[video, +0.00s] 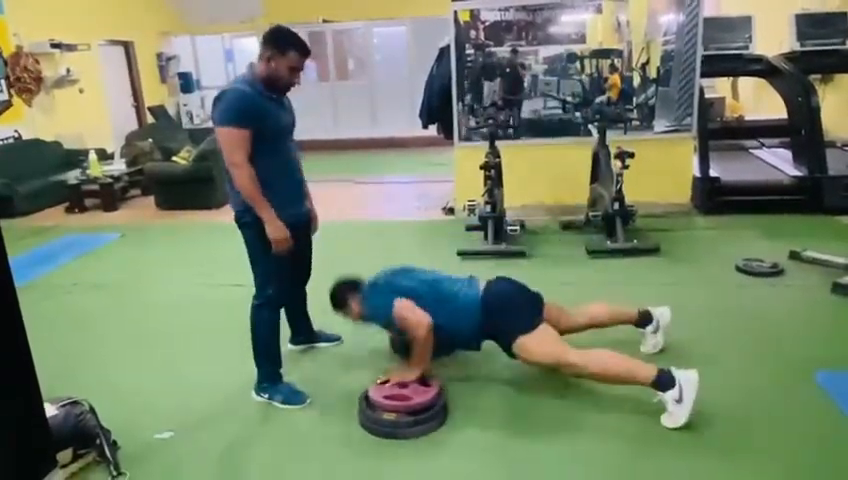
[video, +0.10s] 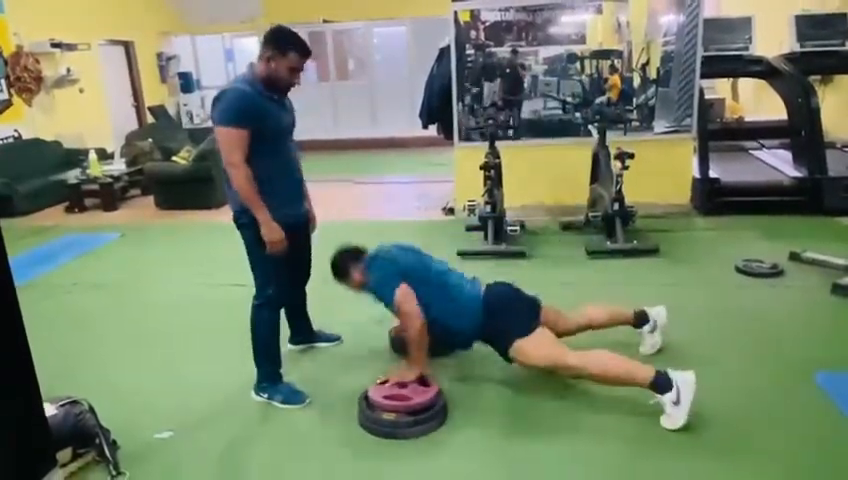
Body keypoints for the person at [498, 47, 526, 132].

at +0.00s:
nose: (513, 57)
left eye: (515, 55)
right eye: (512, 54)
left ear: (518, 55)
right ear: (510, 54)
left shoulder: (521, 66)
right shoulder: (505, 66)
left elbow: (524, 76)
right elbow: (501, 82)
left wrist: (517, 67)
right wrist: (500, 95)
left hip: (518, 95)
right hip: (507, 94)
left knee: (517, 116)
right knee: (506, 116)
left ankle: (516, 132)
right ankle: (504, 131)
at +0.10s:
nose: (513, 57)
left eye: (515, 55)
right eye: (512, 55)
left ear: (518, 56)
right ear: (510, 55)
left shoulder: (521, 66)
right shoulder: (505, 66)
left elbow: (524, 76)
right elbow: (501, 82)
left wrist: (517, 67)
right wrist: (500, 95)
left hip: (518, 94)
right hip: (507, 94)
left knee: (517, 115)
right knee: (506, 115)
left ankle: (516, 133)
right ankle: (504, 132)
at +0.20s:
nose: (513, 58)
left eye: (515, 56)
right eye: (512, 56)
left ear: (518, 56)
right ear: (510, 56)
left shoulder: (521, 66)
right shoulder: (506, 66)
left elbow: (524, 77)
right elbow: (501, 83)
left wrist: (517, 67)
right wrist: (500, 97)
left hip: (518, 96)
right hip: (507, 95)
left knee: (517, 116)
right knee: (506, 116)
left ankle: (517, 134)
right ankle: (504, 133)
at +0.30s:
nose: (513, 58)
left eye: (515, 56)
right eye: (512, 56)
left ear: (518, 57)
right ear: (510, 56)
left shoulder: (521, 67)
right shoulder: (505, 67)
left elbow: (524, 77)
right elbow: (500, 83)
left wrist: (517, 68)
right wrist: (500, 98)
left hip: (518, 97)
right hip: (507, 96)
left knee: (517, 117)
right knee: (506, 117)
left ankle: (516, 134)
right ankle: (504, 134)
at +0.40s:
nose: (513, 59)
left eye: (515, 57)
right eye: (512, 57)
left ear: (518, 58)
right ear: (510, 57)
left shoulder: (521, 67)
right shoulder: (505, 68)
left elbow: (524, 77)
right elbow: (501, 83)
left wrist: (517, 68)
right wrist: (500, 98)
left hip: (518, 97)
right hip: (506, 97)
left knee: (517, 118)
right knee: (506, 118)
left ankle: (517, 134)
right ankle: (504, 134)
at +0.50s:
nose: (513, 59)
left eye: (515, 57)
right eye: (512, 57)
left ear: (518, 58)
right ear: (510, 57)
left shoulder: (522, 68)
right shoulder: (505, 68)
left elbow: (524, 78)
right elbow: (501, 84)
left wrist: (517, 68)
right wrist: (500, 99)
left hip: (518, 97)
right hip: (507, 96)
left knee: (517, 117)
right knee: (507, 116)